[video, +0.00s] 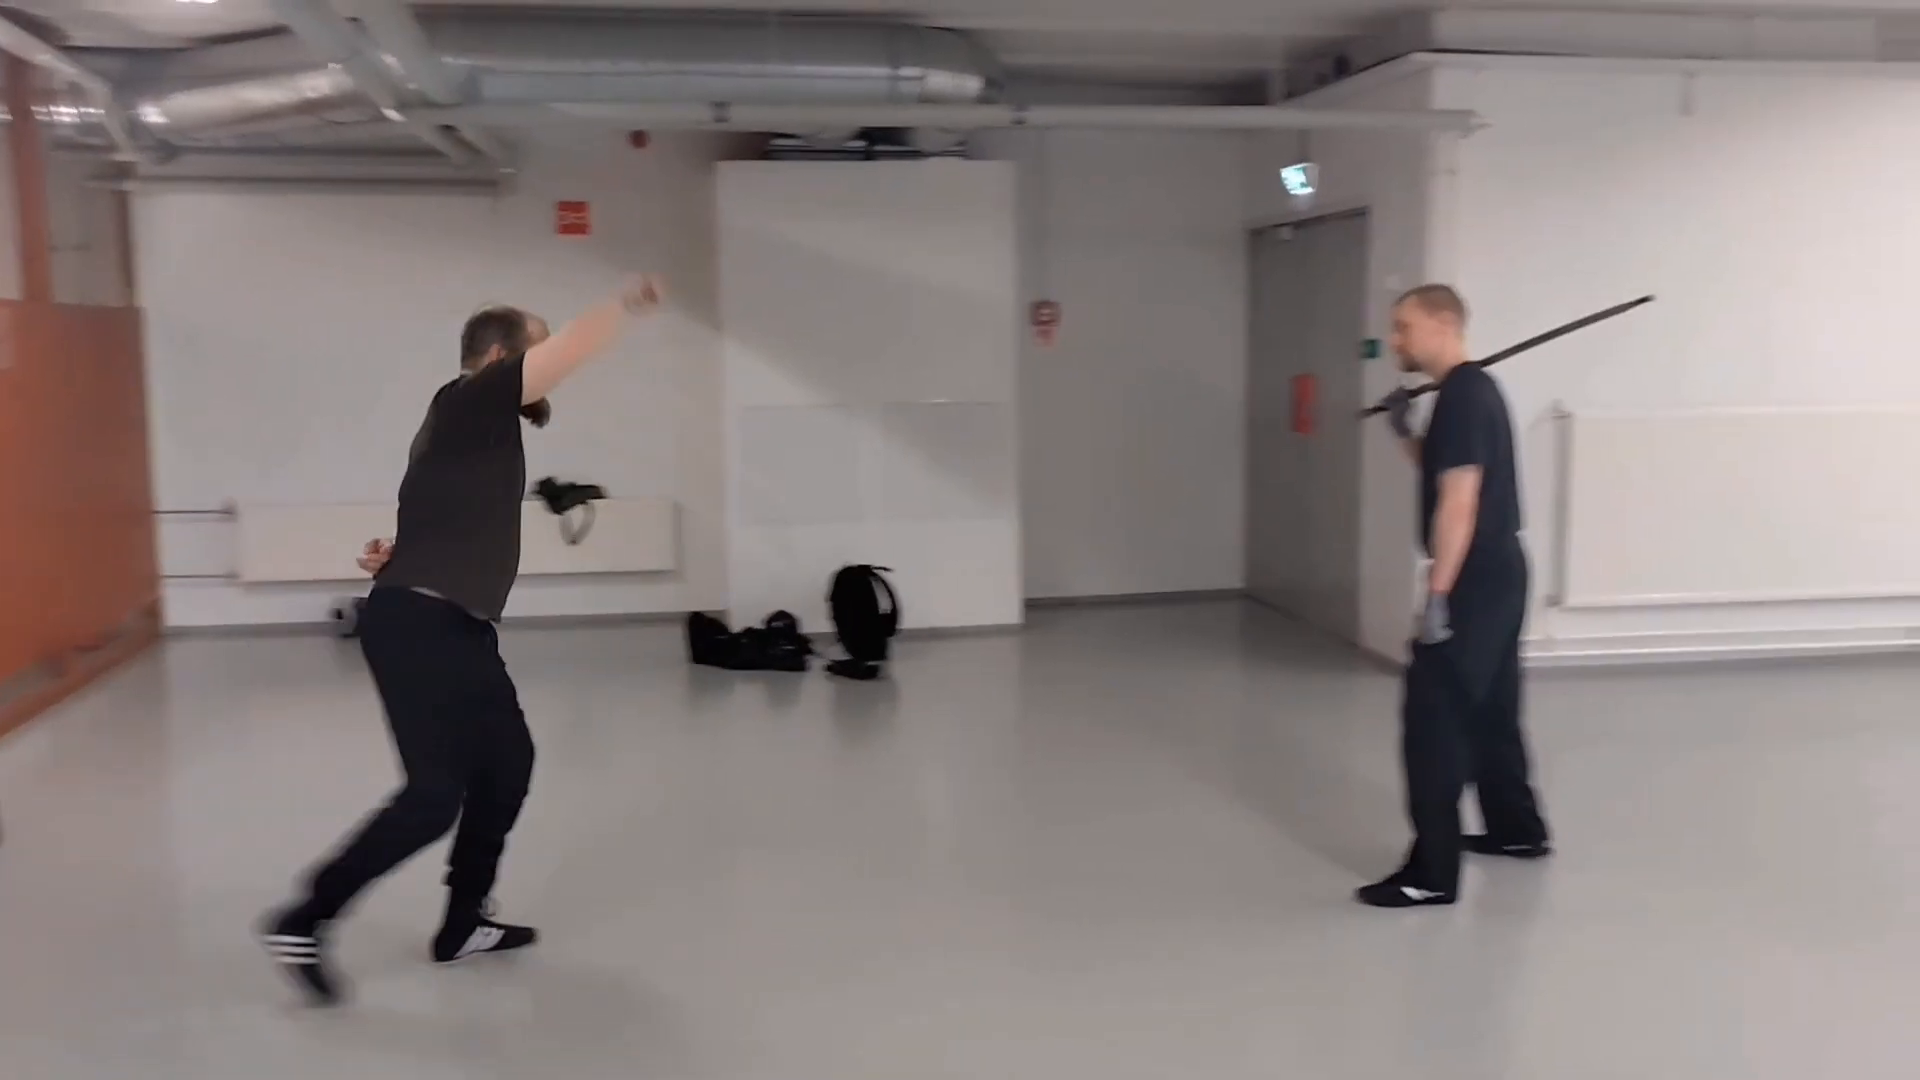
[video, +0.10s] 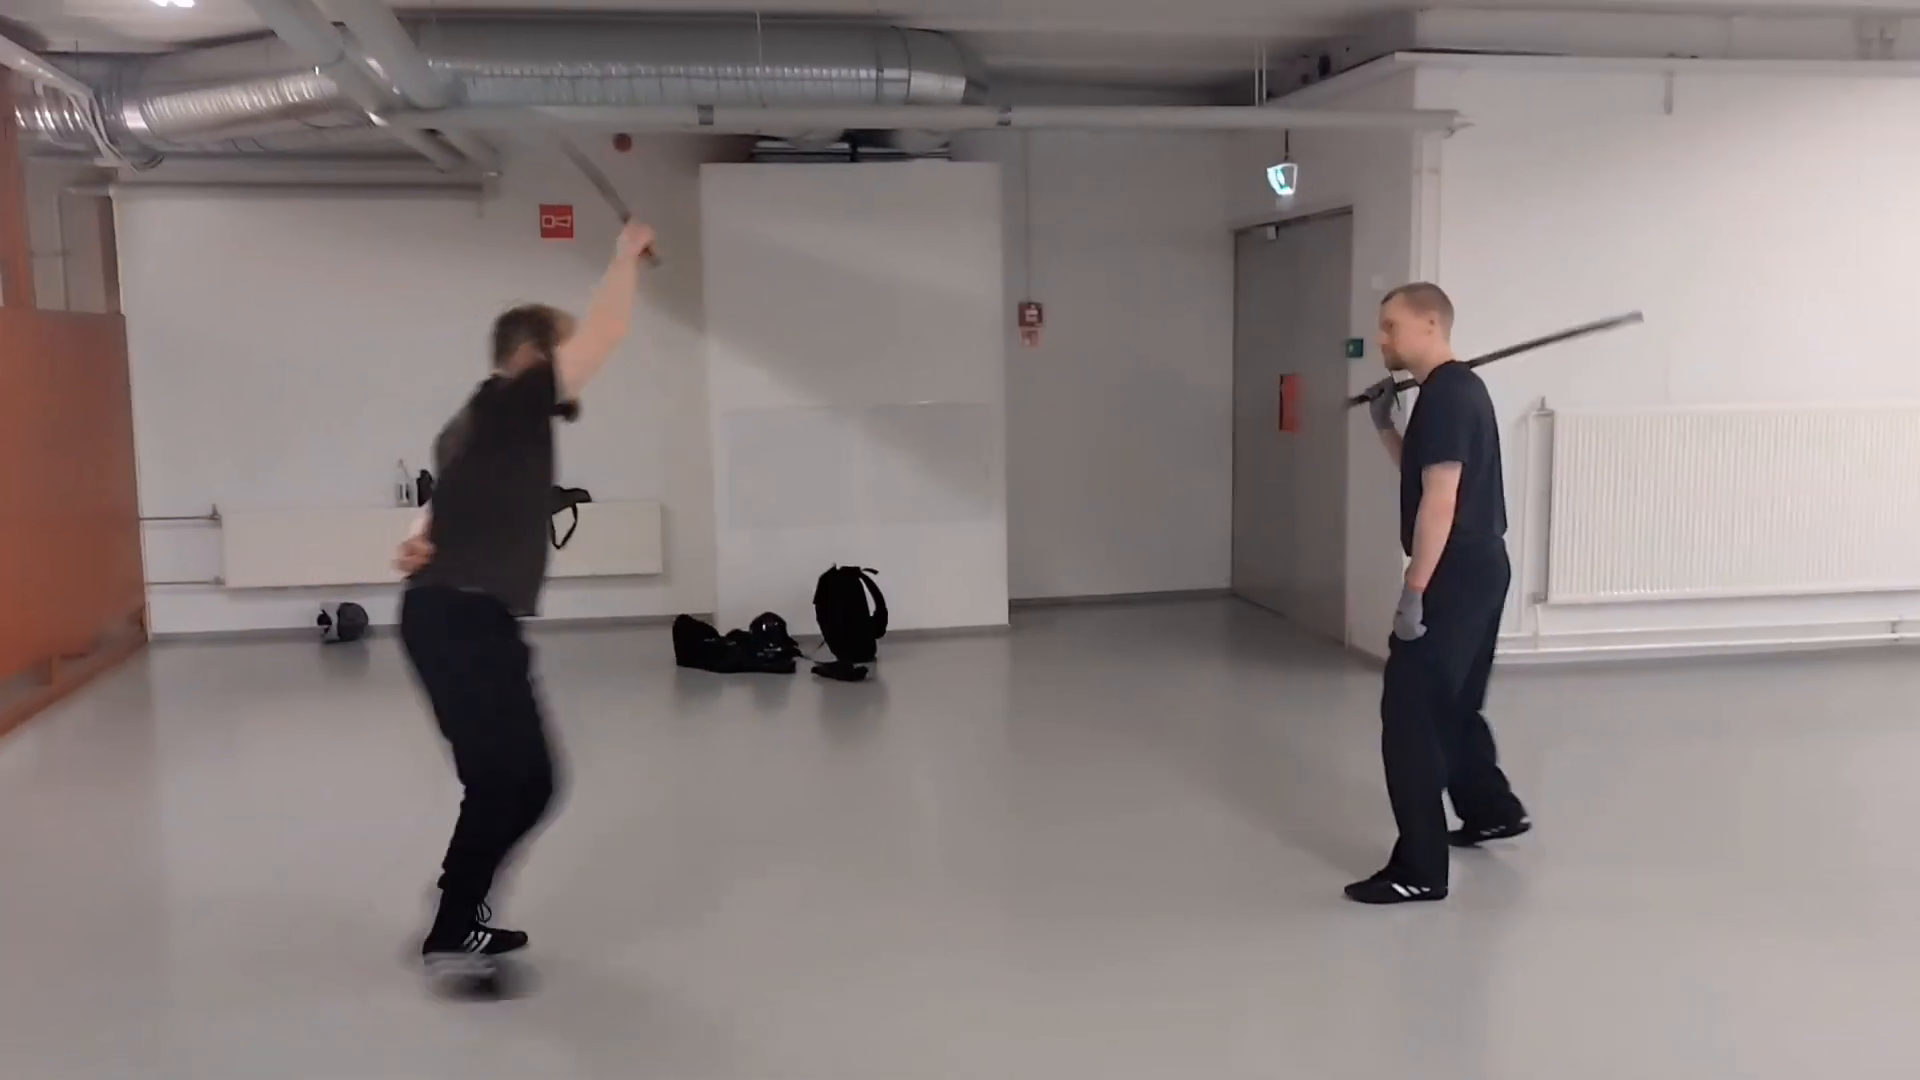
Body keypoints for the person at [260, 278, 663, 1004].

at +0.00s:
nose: (548, 368)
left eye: (548, 356)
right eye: (540, 353)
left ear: (487, 357)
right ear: (502, 354)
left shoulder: (483, 426)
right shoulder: (471, 399)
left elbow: (464, 529)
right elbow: (564, 354)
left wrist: (403, 555)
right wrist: (624, 304)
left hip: (458, 628)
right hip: (412, 621)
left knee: (507, 761)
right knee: (438, 790)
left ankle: (463, 923)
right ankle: (300, 922)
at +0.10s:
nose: (570, 366)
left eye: (568, 351)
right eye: (565, 350)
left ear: (506, 353)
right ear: (536, 351)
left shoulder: (475, 420)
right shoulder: (520, 396)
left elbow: (450, 501)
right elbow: (601, 331)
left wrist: (423, 538)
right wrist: (626, 257)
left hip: (440, 610)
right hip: (466, 615)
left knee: (498, 777)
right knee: (523, 779)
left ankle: (457, 921)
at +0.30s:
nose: (641, 365)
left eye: (638, 352)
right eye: (631, 352)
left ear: (577, 362)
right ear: (595, 358)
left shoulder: (532, 430)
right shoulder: (616, 417)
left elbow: (480, 524)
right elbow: (718, 391)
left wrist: (499, 557)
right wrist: (724, 291)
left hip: (519, 630)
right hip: (582, 632)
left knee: (522, 778)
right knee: (670, 753)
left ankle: (449, 929)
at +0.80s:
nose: (844, 353)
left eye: (840, 341)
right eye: (837, 343)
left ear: (778, 364)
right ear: (811, 358)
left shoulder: (726, 431)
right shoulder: (844, 436)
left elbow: (669, 516)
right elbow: (948, 458)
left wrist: (710, 558)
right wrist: (1019, 424)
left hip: (715, 636)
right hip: (802, 635)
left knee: (688, 778)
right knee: (874, 769)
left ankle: (609, 922)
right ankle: (902, 923)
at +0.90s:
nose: (846, 355)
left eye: (842, 342)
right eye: (838, 343)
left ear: (784, 362)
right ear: (811, 356)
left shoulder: (732, 432)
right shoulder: (841, 436)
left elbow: (678, 516)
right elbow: (939, 486)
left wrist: (712, 557)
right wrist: (1010, 453)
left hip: (720, 633)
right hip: (804, 632)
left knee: (702, 776)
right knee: (876, 767)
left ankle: (607, 923)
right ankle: (901, 925)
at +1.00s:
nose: (832, 354)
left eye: (826, 341)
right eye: (823, 343)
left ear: (769, 366)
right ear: (796, 361)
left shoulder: (722, 438)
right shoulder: (827, 441)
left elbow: (673, 524)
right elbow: (928, 504)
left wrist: (701, 561)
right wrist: (999, 473)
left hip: (715, 636)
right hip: (794, 634)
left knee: (702, 780)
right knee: (875, 765)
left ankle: (596, 916)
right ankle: (899, 925)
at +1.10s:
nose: (800, 358)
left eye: (793, 345)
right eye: (788, 347)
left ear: (738, 370)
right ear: (756, 363)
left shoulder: (698, 443)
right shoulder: (791, 442)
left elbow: (659, 534)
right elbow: (901, 506)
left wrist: (679, 569)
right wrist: (964, 468)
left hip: (697, 641)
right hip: (773, 640)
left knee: (702, 788)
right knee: (859, 771)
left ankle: (587, 916)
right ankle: (895, 924)